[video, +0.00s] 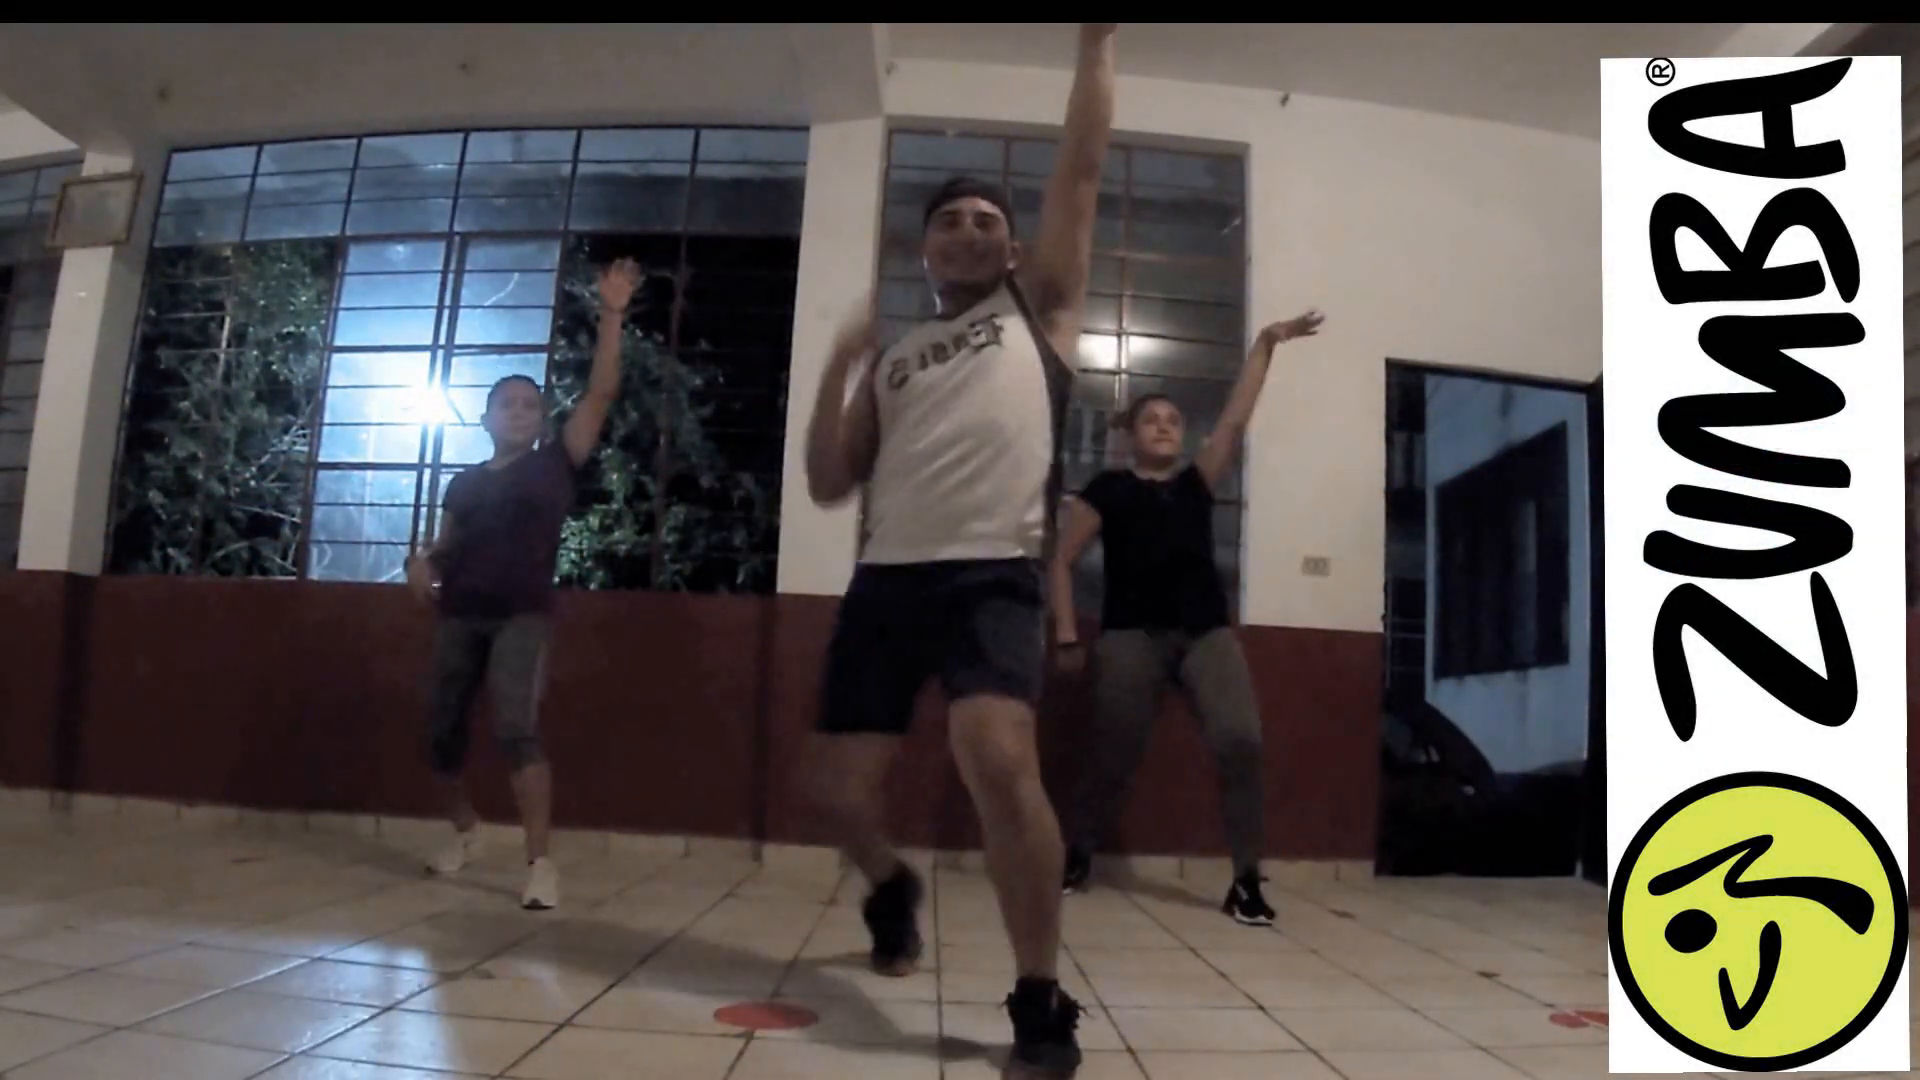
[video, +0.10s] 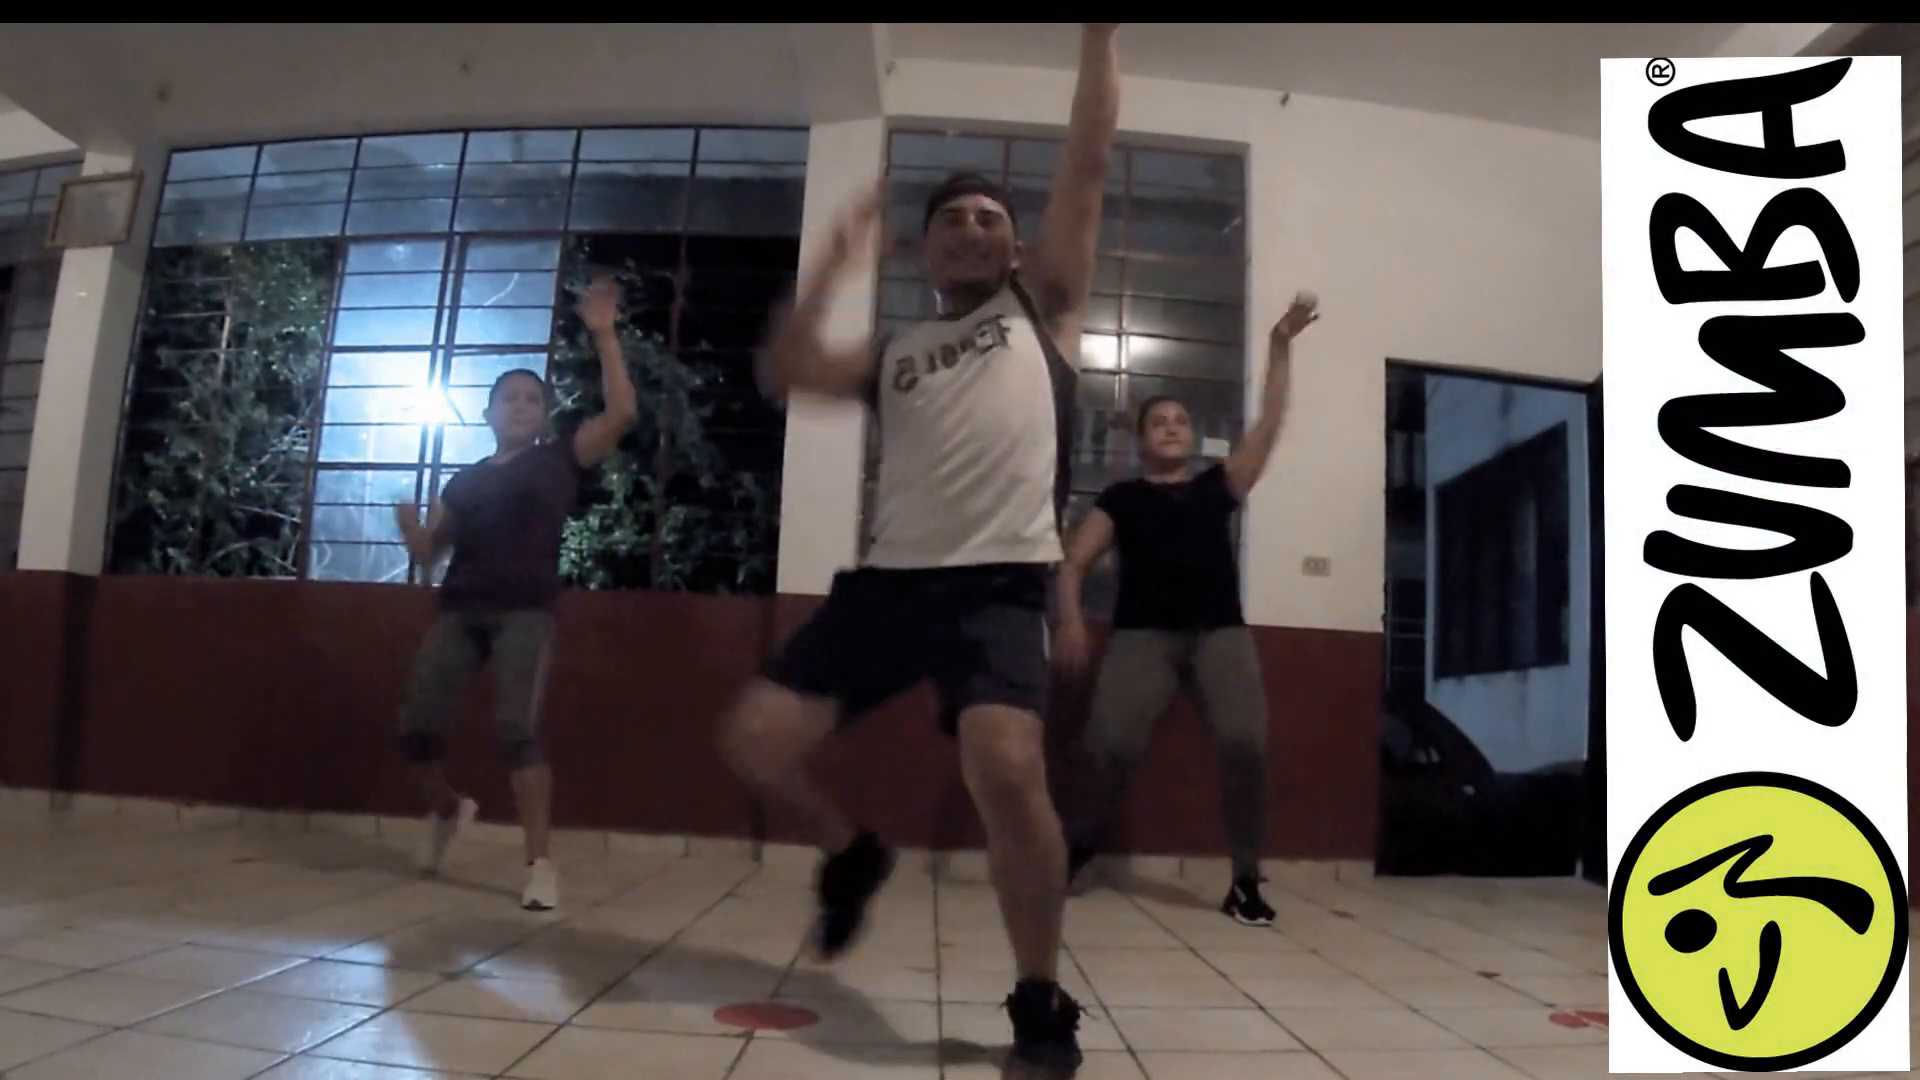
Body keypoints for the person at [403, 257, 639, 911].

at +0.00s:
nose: (518, 410)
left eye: (528, 404)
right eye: (507, 403)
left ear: (542, 418)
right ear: (489, 416)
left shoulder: (557, 463)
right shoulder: (468, 483)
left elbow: (601, 394)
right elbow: (445, 548)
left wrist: (612, 314)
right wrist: (423, 561)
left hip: (524, 612)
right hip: (462, 611)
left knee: (516, 727)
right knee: (444, 727)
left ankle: (539, 862)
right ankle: (464, 828)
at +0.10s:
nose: (519, 406)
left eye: (530, 400)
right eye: (509, 398)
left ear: (545, 413)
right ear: (491, 413)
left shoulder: (561, 456)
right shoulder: (466, 482)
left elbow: (621, 412)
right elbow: (428, 553)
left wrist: (604, 333)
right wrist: (416, 535)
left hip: (526, 609)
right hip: (461, 608)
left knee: (518, 731)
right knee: (417, 724)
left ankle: (539, 864)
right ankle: (448, 808)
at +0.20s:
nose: (516, 402)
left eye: (527, 396)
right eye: (507, 394)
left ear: (542, 410)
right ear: (488, 406)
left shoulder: (556, 462)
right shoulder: (464, 467)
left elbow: (625, 438)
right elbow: (388, 478)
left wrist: (600, 366)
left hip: (522, 609)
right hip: (456, 607)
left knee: (518, 727)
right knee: (397, 710)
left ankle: (539, 865)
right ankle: (410, 834)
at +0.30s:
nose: (512, 403)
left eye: (523, 396)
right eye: (502, 394)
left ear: (535, 412)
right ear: (482, 403)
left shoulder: (543, 469)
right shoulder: (448, 453)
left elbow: (608, 469)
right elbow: (381, 403)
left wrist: (591, 394)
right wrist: (387, 331)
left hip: (517, 608)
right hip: (446, 605)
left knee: (520, 731)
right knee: (385, 718)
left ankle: (539, 865)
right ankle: (367, 848)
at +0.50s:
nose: (487, 412)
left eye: (499, 406)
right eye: (479, 400)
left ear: (508, 419)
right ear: (457, 402)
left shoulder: (510, 479)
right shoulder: (420, 448)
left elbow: (574, 526)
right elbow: (378, 370)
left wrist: (557, 451)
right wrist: (378, 291)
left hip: (483, 612)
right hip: (415, 609)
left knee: (509, 731)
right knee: (361, 729)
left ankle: (538, 862)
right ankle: (355, 858)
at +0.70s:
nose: (484, 400)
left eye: (492, 392)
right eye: (473, 390)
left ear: (503, 402)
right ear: (449, 395)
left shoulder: (516, 461)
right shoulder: (417, 448)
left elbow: (578, 513)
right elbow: (342, 415)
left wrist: (545, 553)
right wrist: (366, 351)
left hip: (481, 610)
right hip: (412, 606)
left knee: (496, 725)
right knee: (366, 720)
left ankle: (533, 831)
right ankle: (354, 852)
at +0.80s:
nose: (483, 404)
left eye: (492, 395)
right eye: (472, 394)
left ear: (508, 404)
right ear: (453, 403)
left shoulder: (529, 461)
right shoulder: (429, 460)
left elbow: (584, 518)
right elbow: (349, 459)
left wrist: (551, 583)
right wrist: (364, 401)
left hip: (487, 613)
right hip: (423, 608)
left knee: (496, 740)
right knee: (383, 725)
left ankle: (539, 837)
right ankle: (353, 851)